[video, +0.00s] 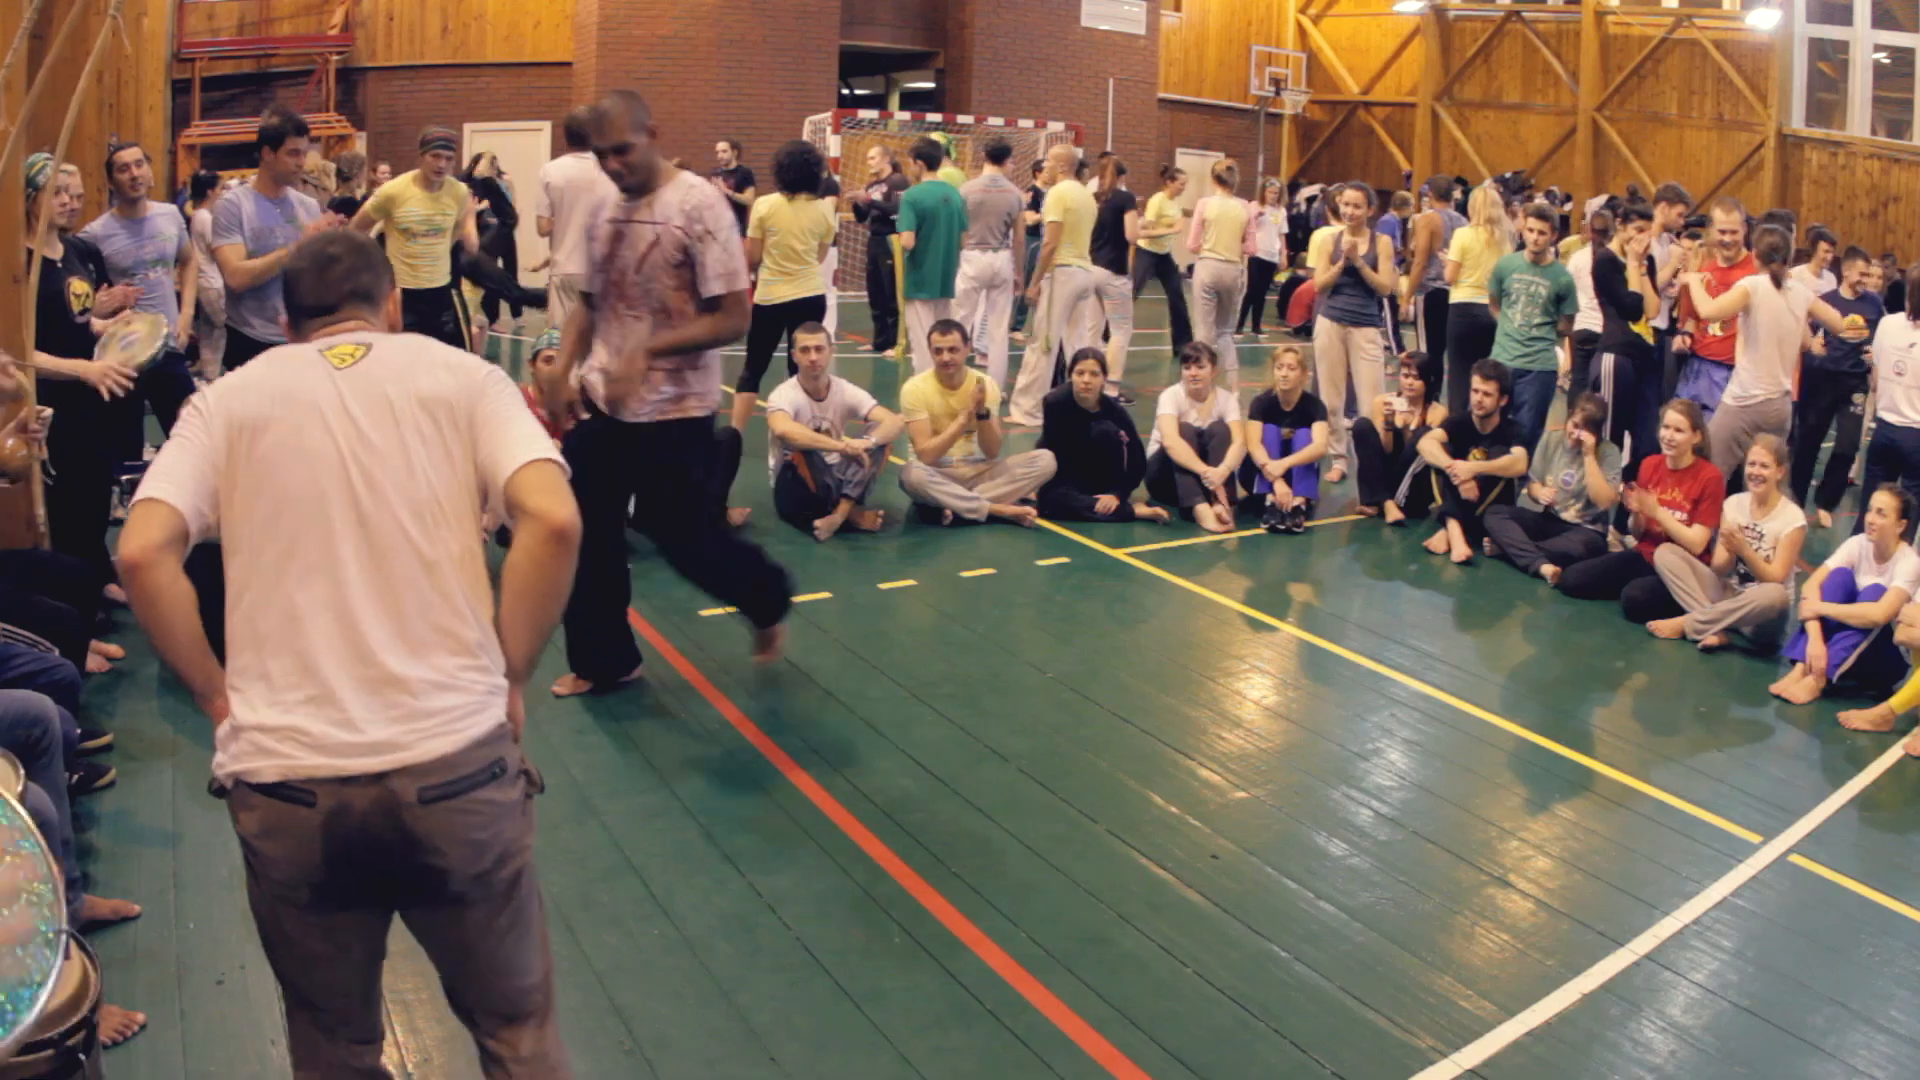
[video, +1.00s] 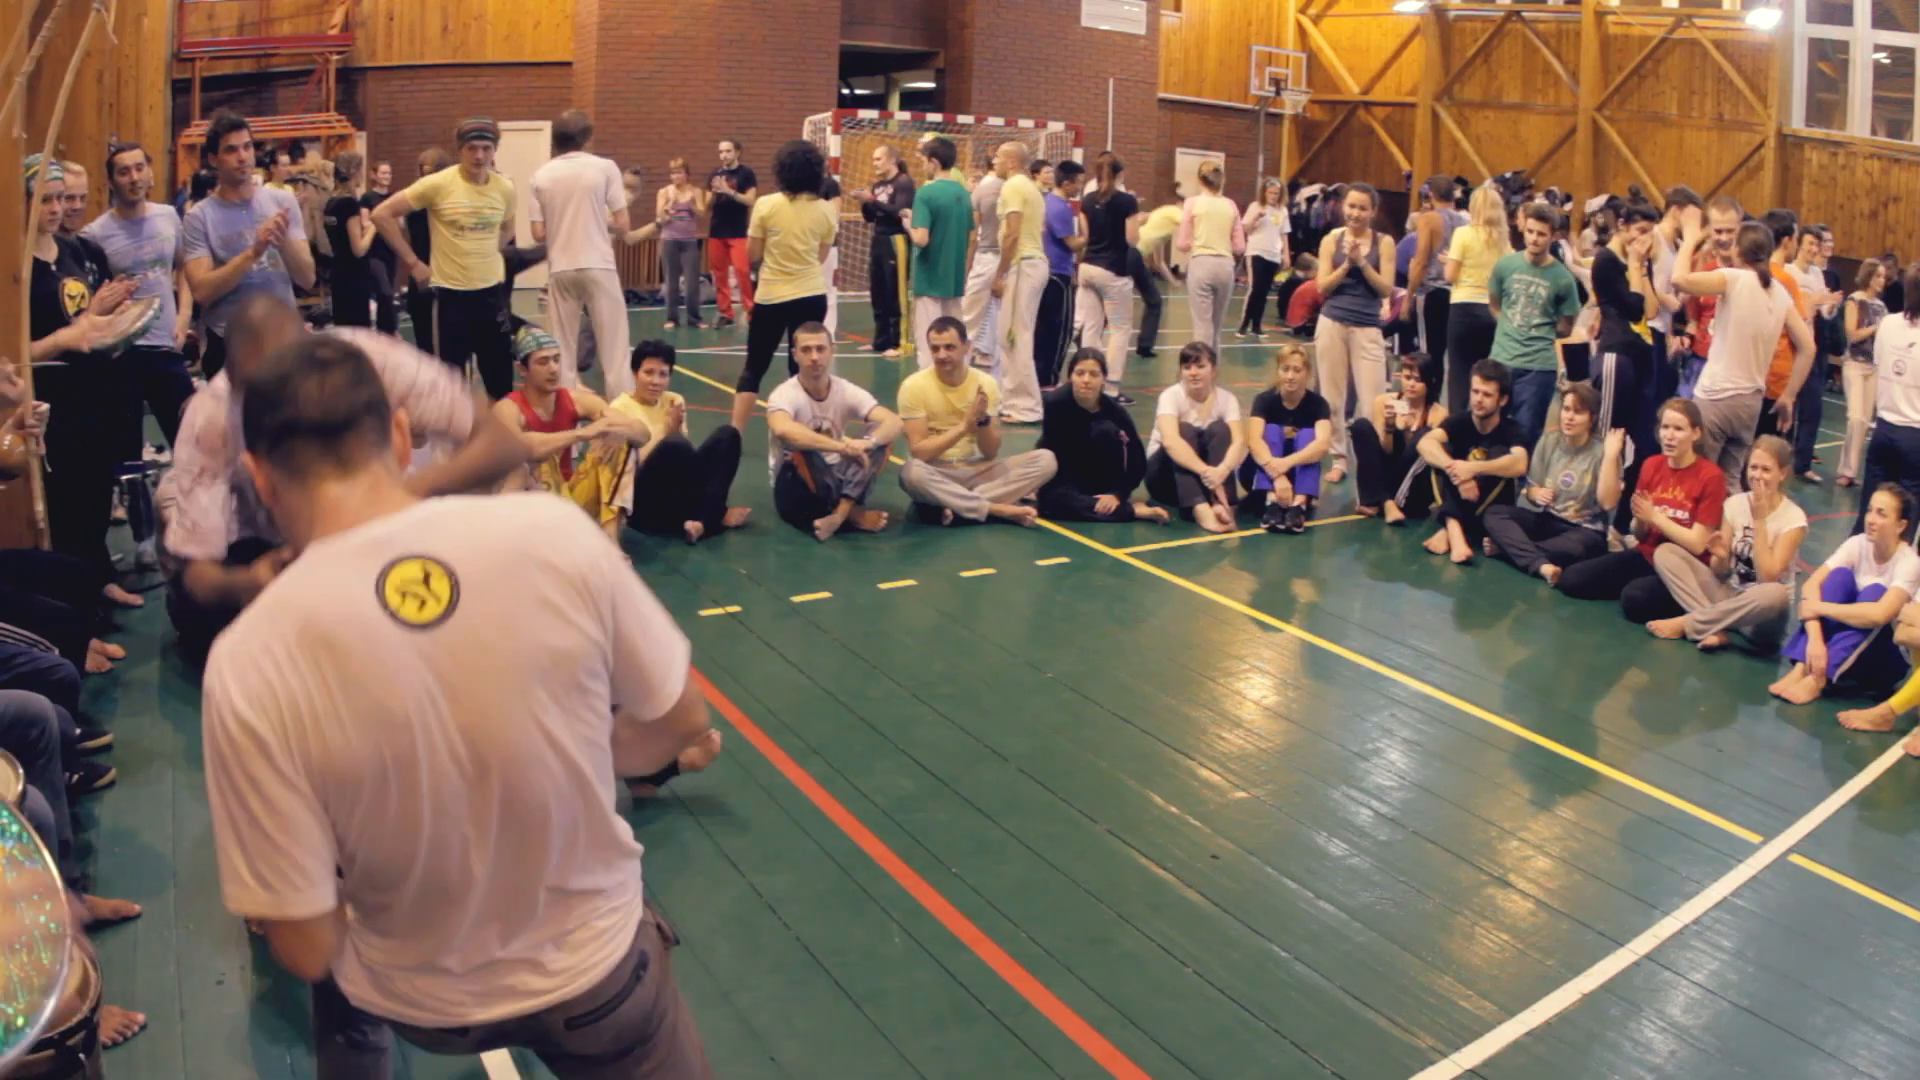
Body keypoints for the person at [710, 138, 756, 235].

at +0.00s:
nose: (720, 156)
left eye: (724, 151)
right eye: (717, 152)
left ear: (735, 152)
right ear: (716, 154)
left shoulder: (745, 173)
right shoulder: (715, 174)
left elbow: (749, 199)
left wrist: (725, 190)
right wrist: (714, 190)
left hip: (738, 228)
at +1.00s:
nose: (724, 155)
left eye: (727, 151)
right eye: (721, 152)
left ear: (737, 152)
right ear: (718, 154)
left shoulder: (746, 173)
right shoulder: (716, 175)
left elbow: (751, 199)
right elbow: (708, 204)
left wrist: (729, 191)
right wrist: (714, 191)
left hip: (738, 232)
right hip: (717, 232)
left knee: (742, 271)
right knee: (719, 275)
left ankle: (750, 310)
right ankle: (725, 312)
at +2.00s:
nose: (718, 156)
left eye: (722, 152)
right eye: (716, 153)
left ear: (733, 152)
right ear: (715, 156)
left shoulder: (745, 173)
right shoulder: (716, 175)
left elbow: (750, 200)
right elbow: (708, 206)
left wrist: (724, 191)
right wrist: (713, 193)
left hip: (737, 232)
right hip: (717, 232)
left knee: (742, 271)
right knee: (718, 274)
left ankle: (750, 309)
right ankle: (724, 312)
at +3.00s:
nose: (725, 154)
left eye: (728, 151)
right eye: (722, 151)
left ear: (735, 153)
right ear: (718, 154)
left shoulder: (746, 173)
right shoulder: (715, 174)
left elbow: (751, 200)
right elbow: (708, 205)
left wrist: (729, 192)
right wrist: (712, 192)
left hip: (738, 232)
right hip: (717, 232)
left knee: (741, 271)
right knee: (719, 275)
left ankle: (750, 310)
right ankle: (724, 312)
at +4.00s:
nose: (740, 153)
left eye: (744, 149)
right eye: (737, 150)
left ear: (751, 151)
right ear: (733, 152)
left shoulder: (760, 173)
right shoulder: (726, 173)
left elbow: (766, 200)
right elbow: (719, 200)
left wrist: (748, 193)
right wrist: (731, 193)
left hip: (752, 231)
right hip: (729, 232)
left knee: (753, 273)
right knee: (727, 274)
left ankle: (753, 312)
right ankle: (726, 312)